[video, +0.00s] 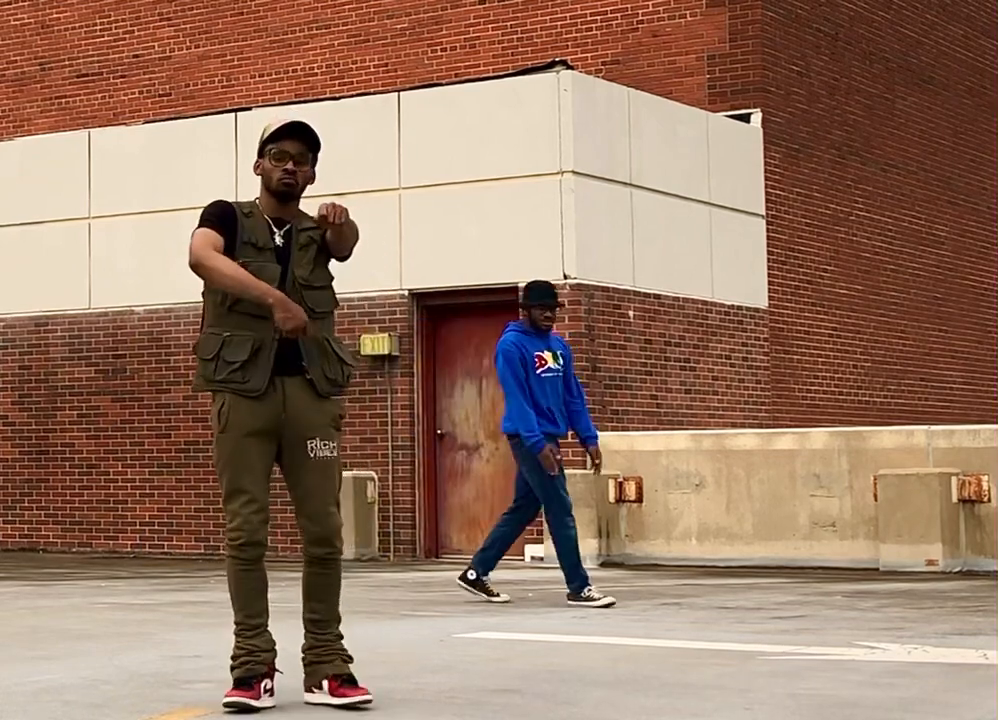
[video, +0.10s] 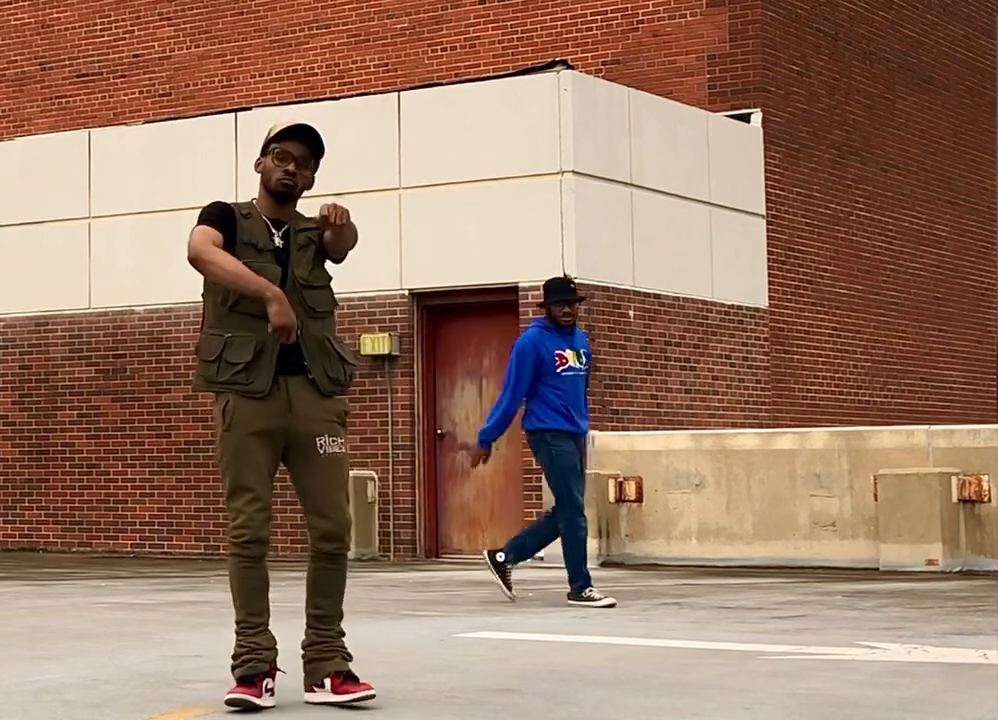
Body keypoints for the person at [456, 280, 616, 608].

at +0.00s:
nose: (550, 316)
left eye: (553, 310)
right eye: (542, 310)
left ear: (557, 310)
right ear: (525, 310)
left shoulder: (559, 345)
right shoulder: (511, 344)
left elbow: (572, 395)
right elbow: (516, 399)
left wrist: (589, 438)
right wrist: (539, 443)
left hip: (549, 436)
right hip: (527, 436)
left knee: (524, 509)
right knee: (559, 507)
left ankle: (476, 573)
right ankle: (578, 587)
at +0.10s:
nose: (569, 311)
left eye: (573, 305)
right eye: (561, 306)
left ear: (577, 305)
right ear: (547, 308)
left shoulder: (580, 340)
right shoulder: (531, 342)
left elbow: (579, 391)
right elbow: (512, 394)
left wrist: (582, 434)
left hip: (574, 433)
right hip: (548, 432)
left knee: (568, 510)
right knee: (572, 508)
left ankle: (505, 557)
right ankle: (580, 587)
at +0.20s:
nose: (585, 310)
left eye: (589, 304)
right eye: (578, 305)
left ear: (597, 302)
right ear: (565, 304)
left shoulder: (599, 333)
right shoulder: (548, 332)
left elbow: (583, 377)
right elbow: (508, 367)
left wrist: (594, 410)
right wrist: (470, 393)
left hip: (592, 431)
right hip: (565, 431)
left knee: (605, 506)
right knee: (578, 509)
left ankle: (544, 552)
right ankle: (581, 588)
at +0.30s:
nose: (594, 309)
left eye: (599, 302)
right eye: (587, 303)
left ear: (608, 302)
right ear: (575, 303)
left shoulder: (610, 330)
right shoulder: (560, 329)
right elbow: (517, 354)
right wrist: (475, 371)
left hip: (604, 433)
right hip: (573, 432)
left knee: (624, 502)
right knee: (581, 511)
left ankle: (576, 562)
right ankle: (581, 588)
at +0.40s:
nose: (608, 307)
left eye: (614, 301)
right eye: (602, 302)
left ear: (625, 301)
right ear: (592, 301)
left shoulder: (630, 330)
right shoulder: (577, 329)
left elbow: (605, 366)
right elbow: (532, 350)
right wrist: (487, 365)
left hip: (619, 432)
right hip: (585, 433)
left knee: (644, 500)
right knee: (588, 510)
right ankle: (582, 586)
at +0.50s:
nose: (632, 310)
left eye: (638, 304)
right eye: (626, 303)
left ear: (648, 303)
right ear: (616, 301)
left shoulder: (652, 331)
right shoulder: (597, 330)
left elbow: (631, 374)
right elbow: (556, 361)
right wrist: (515, 384)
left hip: (639, 436)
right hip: (605, 435)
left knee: (657, 507)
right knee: (597, 512)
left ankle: (681, 584)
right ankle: (583, 586)